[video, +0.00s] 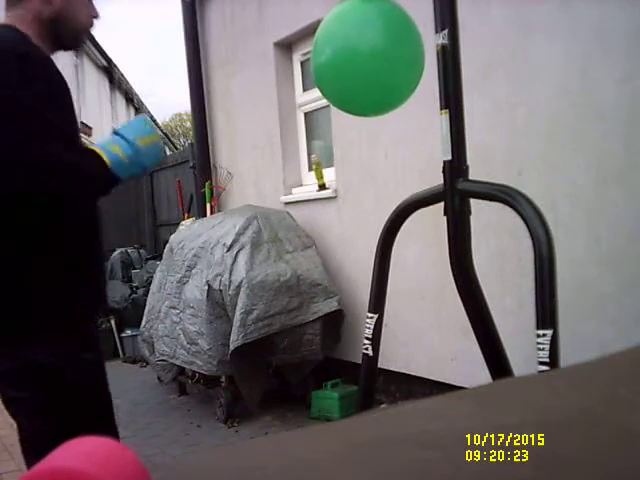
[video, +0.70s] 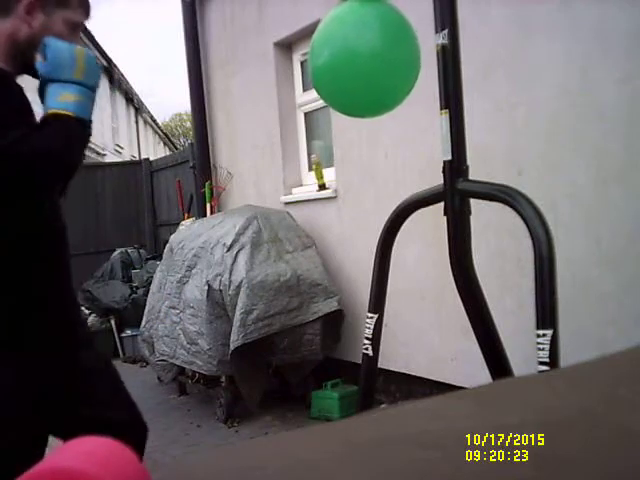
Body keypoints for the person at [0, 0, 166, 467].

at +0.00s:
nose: (95, 13)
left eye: (92, 3)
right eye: (87, 2)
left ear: (40, 5)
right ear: (48, 2)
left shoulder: (25, 65)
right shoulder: (21, 66)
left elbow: (42, 183)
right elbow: (42, 189)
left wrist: (108, 155)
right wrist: (114, 157)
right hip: (43, 317)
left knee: (74, 462)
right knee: (83, 464)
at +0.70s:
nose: (76, 45)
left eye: (80, 32)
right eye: (73, 27)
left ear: (29, 15)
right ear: (30, 12)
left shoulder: (11, 90)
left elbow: (33, 193)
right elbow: (33, 189)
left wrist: (69, 102)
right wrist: (71, 95)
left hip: (39, 316)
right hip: (23, 321)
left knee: (119, 435)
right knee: (118, 434)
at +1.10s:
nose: (161, 38)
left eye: (162, 25)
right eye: (157, 22)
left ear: (117, 17)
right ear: (118, 15)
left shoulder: (110, 87)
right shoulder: (24, 81)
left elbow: (143, 126)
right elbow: (95, 172)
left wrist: (190, 95)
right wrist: (140, 89)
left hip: (111, 311)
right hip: (35, 322)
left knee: (172, 449)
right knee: (70, 466)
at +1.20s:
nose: (171, 40)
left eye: (173, 29)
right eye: (167, 25)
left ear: (132, 19)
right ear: (131, 15)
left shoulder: (132, 93)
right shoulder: (43, 79)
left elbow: (182, 137)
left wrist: (253, 119)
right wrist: (146, 90)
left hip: (130, 304)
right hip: (61, 312)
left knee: (206, 425)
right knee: (81, 463)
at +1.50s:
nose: (242, 22)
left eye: (240, 9)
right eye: (235, 8)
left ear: (199, 11)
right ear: (199, 7)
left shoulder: (211, 88)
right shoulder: (111, 76)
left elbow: (241, 109)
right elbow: (121, 171)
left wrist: (302, 98)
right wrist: (186, 96)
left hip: (190, 304)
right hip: (110, 304)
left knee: (237, 453)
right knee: (81, 456)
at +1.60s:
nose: (249, 31)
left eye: (248, 17)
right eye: (243, 14)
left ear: (207, 13)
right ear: (207, 10)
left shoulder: (222, 92)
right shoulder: (123, 73)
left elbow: (255, 132)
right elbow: (129, 162)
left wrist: (316, 113)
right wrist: (190, 88)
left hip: (195, 300)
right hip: (123, 302)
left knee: (238, 447)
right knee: (92, 454)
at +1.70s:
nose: (239, 36)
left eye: (240, 23)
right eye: (235, 20)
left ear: (200, 17)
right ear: (200, 14)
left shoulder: (190, 87)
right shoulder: (122, 76)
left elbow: (183, 180)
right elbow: (157, 164)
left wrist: (244, 176)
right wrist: (207, 92)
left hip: (193, 303)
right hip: (130, 304)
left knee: (239, 444)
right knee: (104, 453)